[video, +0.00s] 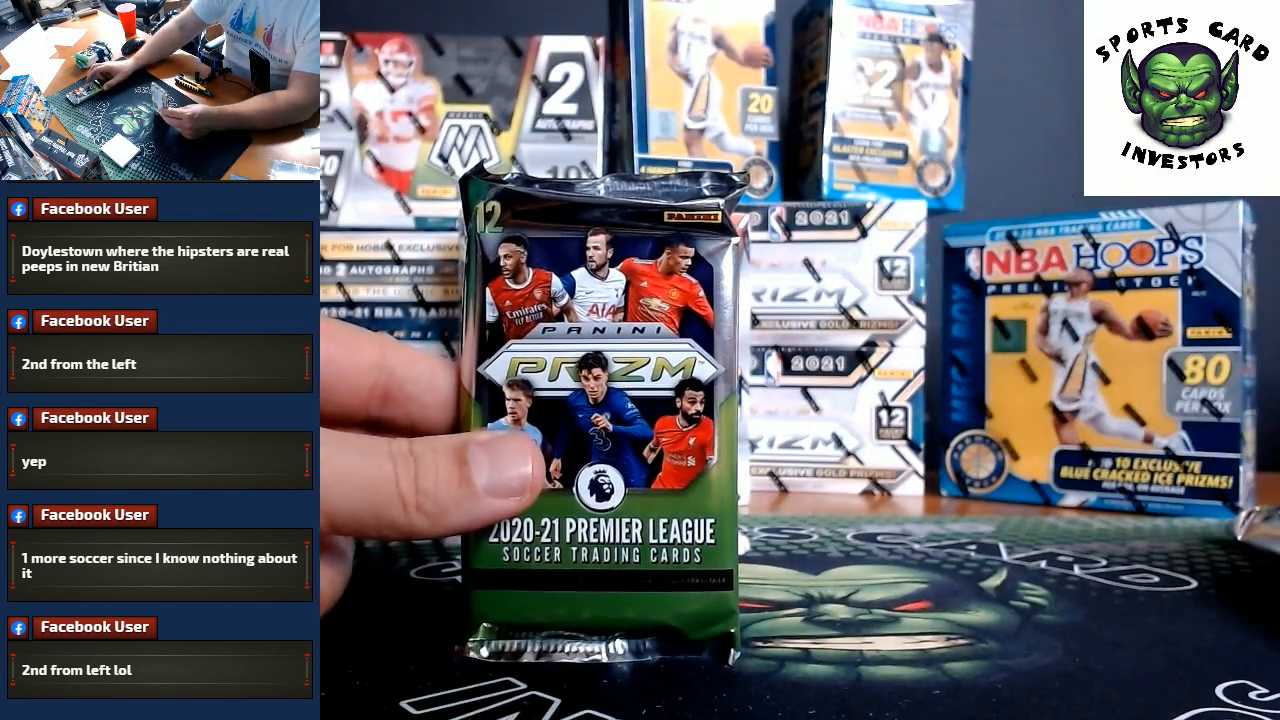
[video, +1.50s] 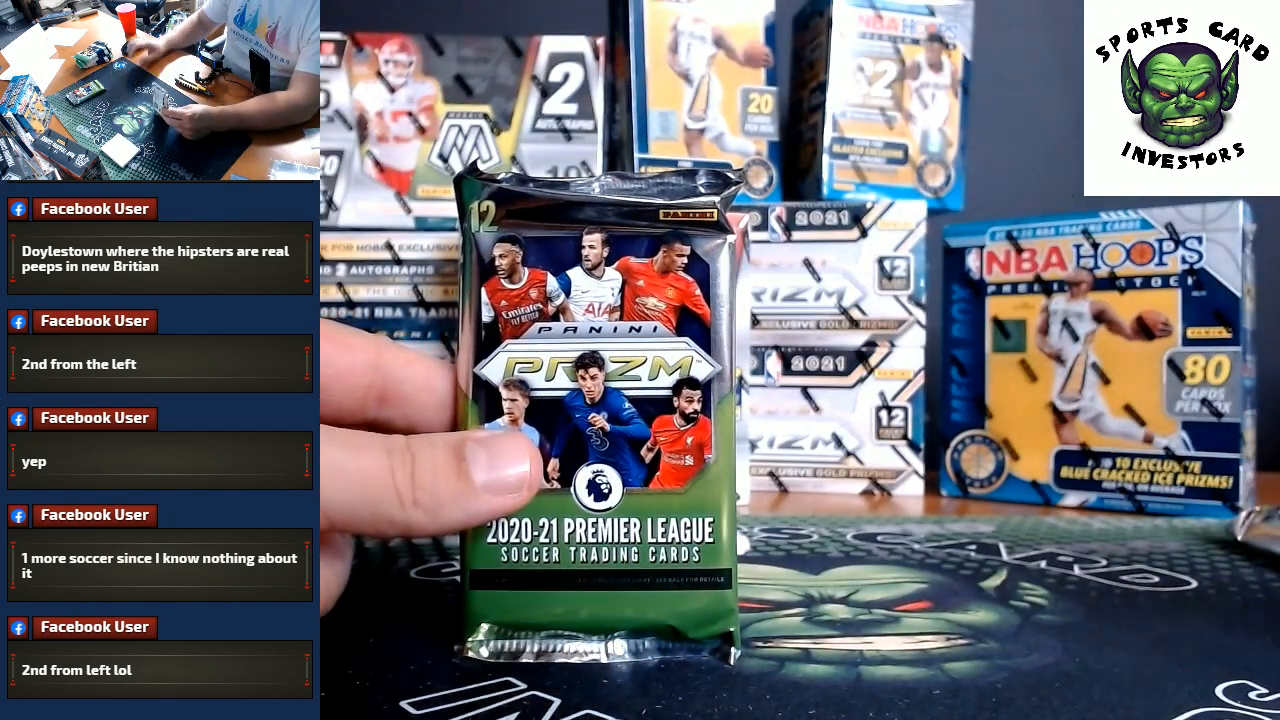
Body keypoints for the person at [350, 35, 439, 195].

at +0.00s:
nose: (398, 70)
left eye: (404, 65)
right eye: (392, 64)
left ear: (413, 66)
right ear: (381, 64)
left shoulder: (424, 90)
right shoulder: (365, 90)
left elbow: (432, 130)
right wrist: (370, 126)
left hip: (405, 169)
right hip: (373, 165)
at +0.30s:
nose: (398, 70)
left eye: (404, 64)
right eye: (392, 63)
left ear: (413, 66)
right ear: (381, 64)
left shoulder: (424, 90)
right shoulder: (365, 90)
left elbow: (432, 130)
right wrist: (370, 127)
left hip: (405, 170)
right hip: (373, 165)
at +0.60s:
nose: (399, 70)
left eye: (405, 65)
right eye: (393, 64)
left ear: (413, 66)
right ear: (382, 64)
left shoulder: (423, 90)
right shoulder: (365, 90)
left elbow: (432, 130)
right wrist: (370, 126)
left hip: (405, 170)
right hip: (374, 165)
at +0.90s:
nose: (399, 70)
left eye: (405, 65)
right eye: (393, 64)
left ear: (413, 66)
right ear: (382, 64)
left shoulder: (423, 90)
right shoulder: (365, 90)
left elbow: (432, 130)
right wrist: (370, 126)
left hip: (405, 170)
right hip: (374, 165)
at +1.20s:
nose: (399, 70)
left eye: (405, 65)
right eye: (393, 64)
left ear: (413, 66)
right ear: (382, 64)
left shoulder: (423, 90)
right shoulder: (365, 90)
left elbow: (432, 130)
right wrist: (370, 126)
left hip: (405, 169)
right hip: (374, 164)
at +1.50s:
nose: (398, 70)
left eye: (404, 65)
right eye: (392, 64)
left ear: (413, 66)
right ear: (381, 64)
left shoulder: (424, 90)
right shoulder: (365, 90)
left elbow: (432, 130)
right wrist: (370, 126)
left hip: (405, 169)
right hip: (373, 165)